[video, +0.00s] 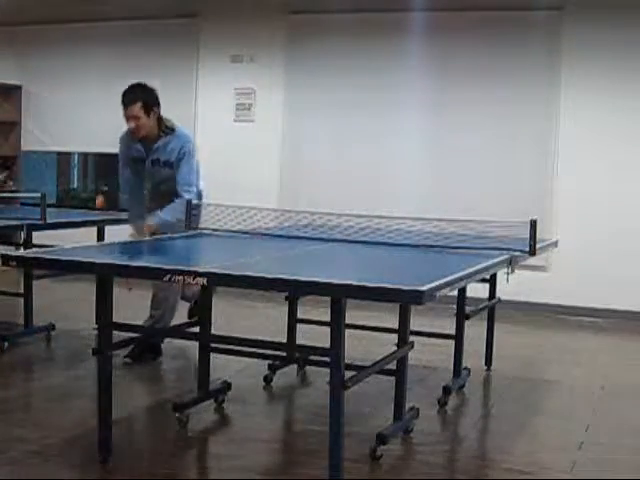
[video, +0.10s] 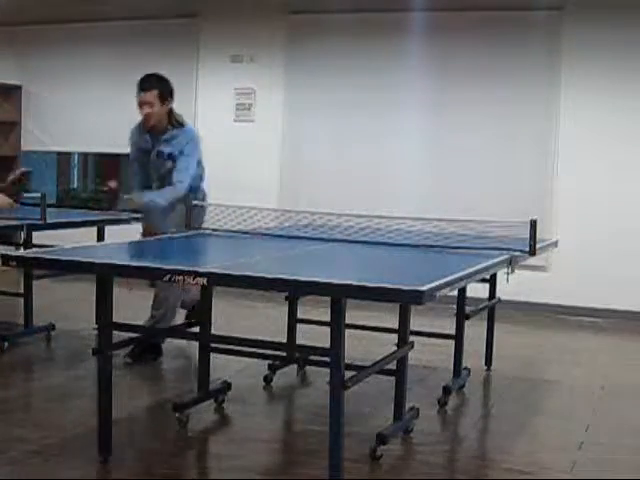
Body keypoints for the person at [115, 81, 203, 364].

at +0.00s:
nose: (131, 126)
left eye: (136, 119)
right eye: (128, 119)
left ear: (154, 113)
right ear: (125, 117)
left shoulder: (181, 143)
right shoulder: (128, 142)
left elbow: (187, 198)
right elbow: (129, 189)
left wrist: (153, 222)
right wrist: (138, 227)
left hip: (183, 215)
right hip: (152, 216)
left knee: (168, 274)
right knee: (153, 268)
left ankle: (152, 337)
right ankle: (196, 291)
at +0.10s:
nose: (144, 112)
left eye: (149, 105)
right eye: (141, 105)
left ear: (167, 104)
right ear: (138, 105)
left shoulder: (187, 137)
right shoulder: (139, 134)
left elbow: (180, 186)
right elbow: (137, 180)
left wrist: (142, 200)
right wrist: (146, 218)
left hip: (185, 211)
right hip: (156, 209)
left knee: (171, 271)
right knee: (150, 264)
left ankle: (153, 336)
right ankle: (195, 297)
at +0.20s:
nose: (162, 102)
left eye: (168, 96)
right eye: (158, 95)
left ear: (183, 98)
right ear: (155, 98)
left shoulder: (197, 135)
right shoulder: (152, 130)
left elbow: (181, 178)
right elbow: (150, 171)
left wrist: (145, 172)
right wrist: (148, 215)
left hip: (189, 207)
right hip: (158, 205)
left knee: (170, 271)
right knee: (161, 268)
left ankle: (153, 337)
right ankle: (194, 312)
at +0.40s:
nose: (196, 97)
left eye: (202, 92)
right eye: (191, 91)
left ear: (213, 94)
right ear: (184, 92)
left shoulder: (223, 130)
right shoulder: (178, 129)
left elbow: (222, 171)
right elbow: (165, 176)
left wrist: (178, 155)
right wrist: (156, 216)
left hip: (210, 205)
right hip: (181, 204)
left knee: (193, 271)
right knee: (187, 271)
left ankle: (159, 333)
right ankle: (201, 328)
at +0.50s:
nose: (208, 90)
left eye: (215, 86)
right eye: (204, 84)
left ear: (223, 90)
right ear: (196, 86)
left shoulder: (234, 125)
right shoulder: (186, 125)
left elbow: (237, 168)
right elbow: (173, 171)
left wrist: (204, 175)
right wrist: (165, 213)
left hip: (221, 202)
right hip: (190, 201)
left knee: (201, 263)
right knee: (193, 263)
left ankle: (176, 326)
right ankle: (200, 325)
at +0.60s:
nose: (222, 86)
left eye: (228, 81)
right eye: (218, 79)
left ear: (235, 87)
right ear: (207, 82)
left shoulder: (243, 120)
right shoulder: (194, 122)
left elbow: (255, 163)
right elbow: (182, 170)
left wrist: (235, 188)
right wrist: (176, 214)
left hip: (233, 205)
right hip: (202, 203)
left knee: (223, 272)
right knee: (195, 267)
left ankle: (211, 338)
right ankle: (198, 323)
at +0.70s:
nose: (238, 86)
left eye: (243, 82)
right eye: (234, 80)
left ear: (247, 87)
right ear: (221, 80)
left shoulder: (255, 121)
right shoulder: (205, 120)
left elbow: (268, 162)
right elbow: (196, 164)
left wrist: (260, 192)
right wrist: (189, 204)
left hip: (246, 192)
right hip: (216, 190)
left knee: (238, 265)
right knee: (203, 258)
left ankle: (248, 325)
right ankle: (203, 325)